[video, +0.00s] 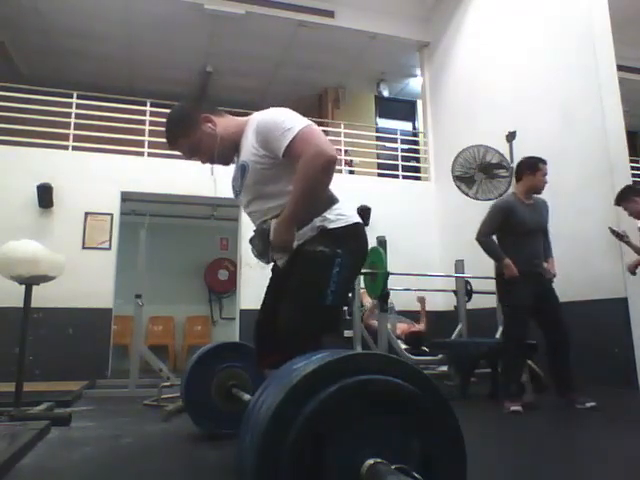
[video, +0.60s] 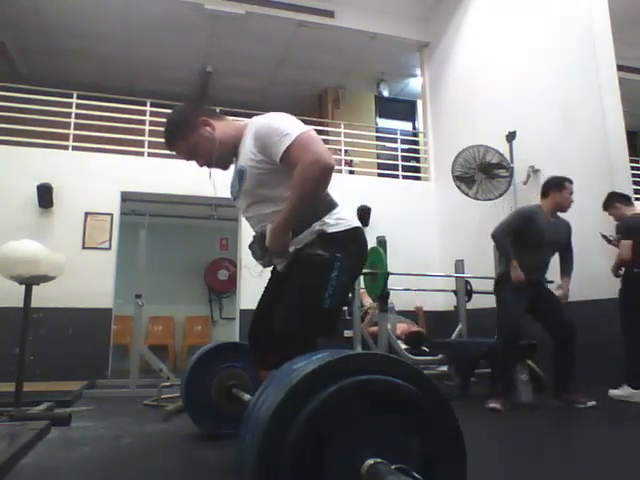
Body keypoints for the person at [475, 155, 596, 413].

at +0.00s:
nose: (546, 180)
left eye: (546, 175)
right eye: (543, 175)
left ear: (532, 176)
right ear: (527, 175)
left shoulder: (541, 206)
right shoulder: (504, 206)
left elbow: (544, 234)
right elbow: (482, 236)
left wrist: (549, 258)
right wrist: (503, 261)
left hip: (539, 279)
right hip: (513, 282)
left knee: (558, 334)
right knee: (515, 339)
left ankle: (567, 393)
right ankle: (511, 398)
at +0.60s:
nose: (572, 198)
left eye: (572, 194)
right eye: (569, 193)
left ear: (557, 195)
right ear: (553, 194)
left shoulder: (563, 227)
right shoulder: (527, 214)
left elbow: (566, 255)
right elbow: (499, 234)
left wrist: (565, 282)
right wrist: (513, 264)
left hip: (536, 286)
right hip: (510, 285)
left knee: (565, 330)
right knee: (508, 335)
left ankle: (563, 391)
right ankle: (499, 395)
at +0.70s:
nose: (574, 208)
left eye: (574, 204)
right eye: (570, 203)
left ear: (558, 206)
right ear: (555, 204)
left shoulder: (563, 238)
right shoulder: (528, 224)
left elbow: (567, 268)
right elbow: (499, 244)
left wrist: (564, 296)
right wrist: (510, 279)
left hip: (531, 290)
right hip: (505, 288)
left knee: (566, 329)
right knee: (504, 334)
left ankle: (563, 391)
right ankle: (499, 395)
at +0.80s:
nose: (574, 223)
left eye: (575, 218)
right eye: (571, 218)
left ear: (558, 219)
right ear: (556, 218)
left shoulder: (563, 250)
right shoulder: (528, 236)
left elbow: (568, 277)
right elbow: (499, 258)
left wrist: (563, 302)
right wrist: (504, 295)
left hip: (527, 298)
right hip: (500, 296)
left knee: (567, 330)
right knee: (501, 332)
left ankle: (563, 392)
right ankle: (498, 396)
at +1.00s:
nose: (564, 245)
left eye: (564, 240)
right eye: (561, 240)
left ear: (551, 242)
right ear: (548, 241)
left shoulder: (556, 267)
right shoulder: (519, 259)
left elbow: (562, 286)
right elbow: (486, 276)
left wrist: (558, 307)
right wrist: (497, 310)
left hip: (527, 314)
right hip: (500, 315)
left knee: (571, 334)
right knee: (503, 335)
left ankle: (564, 392)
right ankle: (497, 397)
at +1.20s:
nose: (544, 246)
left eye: (543, 241)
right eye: (541, 241)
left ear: (530, 244)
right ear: (531, 243)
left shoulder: (536, 270)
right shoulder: (502, 265)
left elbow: (544, 295)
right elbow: (480, 288)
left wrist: (550, 312)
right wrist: (503, 315)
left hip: (526, 322)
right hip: (498, 323)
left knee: (568, 333)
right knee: (508, 337)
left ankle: (564, 392)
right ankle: (497, 397)